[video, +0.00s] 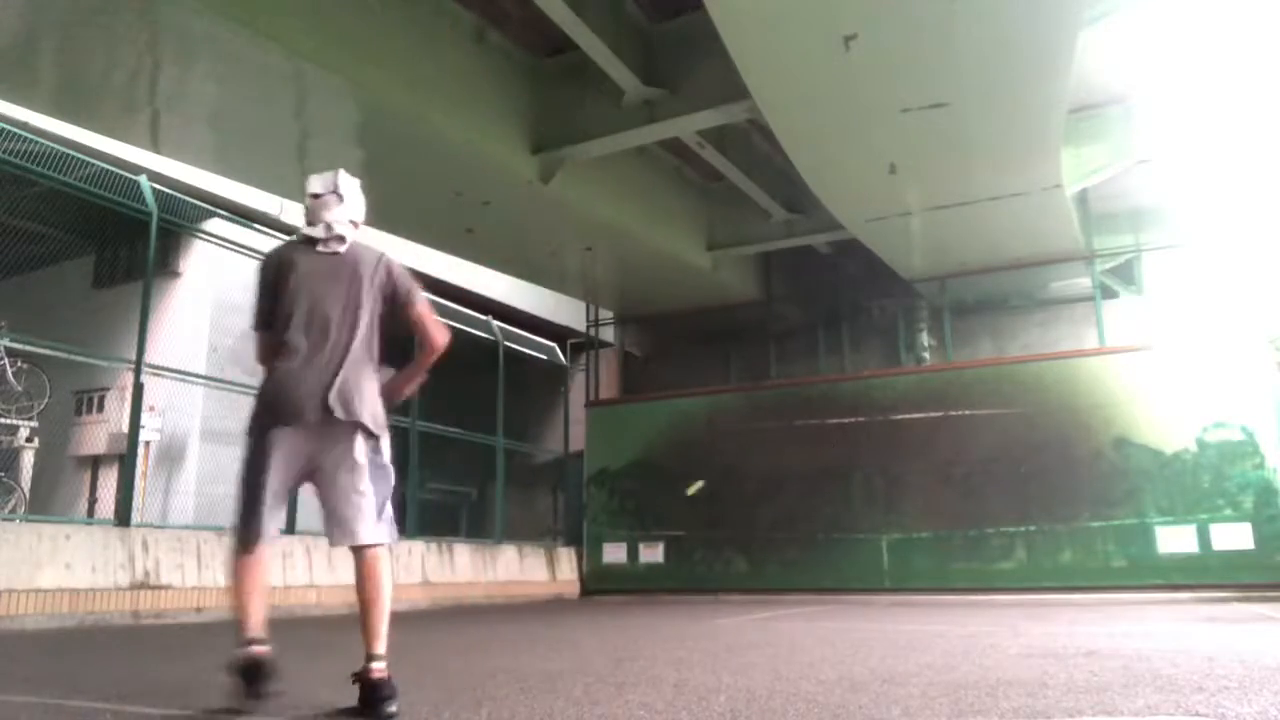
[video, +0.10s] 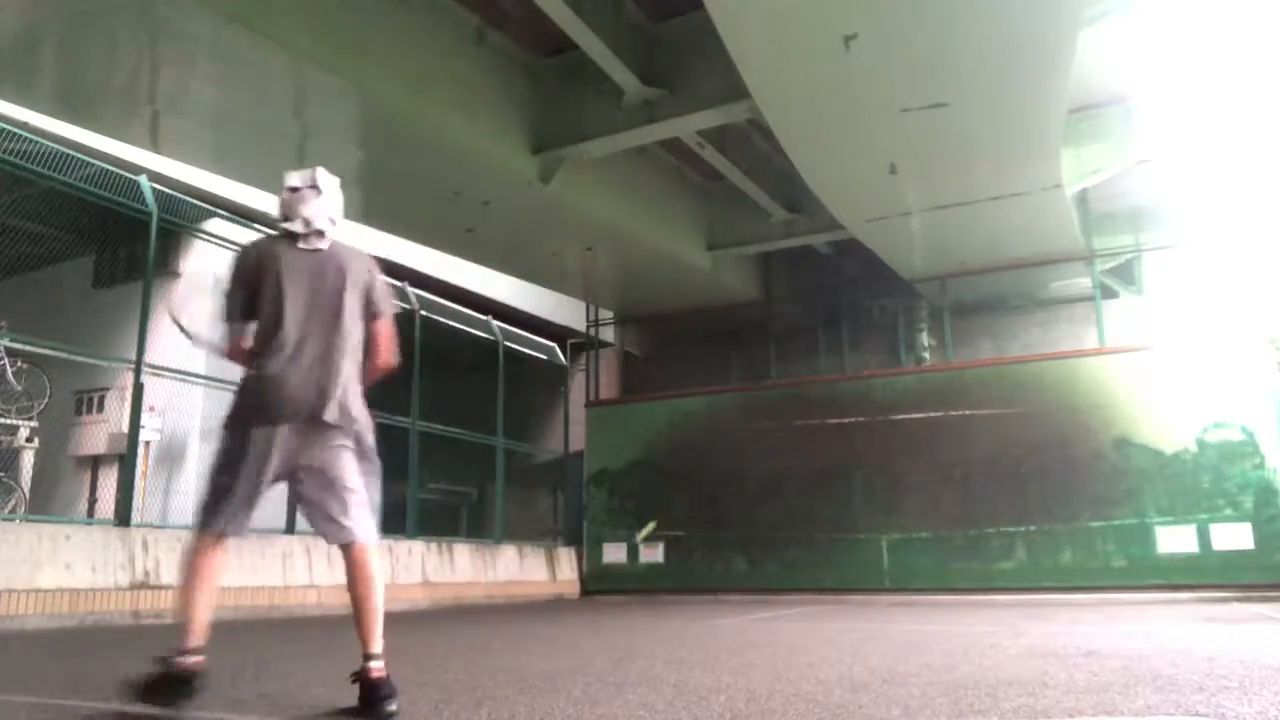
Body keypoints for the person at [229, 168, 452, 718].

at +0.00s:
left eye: (321, 211)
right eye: (345, 212)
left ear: (308, 215)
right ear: (358, 216)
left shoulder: (280, 262)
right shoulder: (383, 266)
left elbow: (267, 350)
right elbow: (435, 338)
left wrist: (302, 357)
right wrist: (400, 385)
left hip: (283, 416)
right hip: (355, 417)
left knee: (253, 538)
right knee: (370, 543)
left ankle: (254, 646)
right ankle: (376, 673)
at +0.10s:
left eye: (295, 211)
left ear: (283, 212)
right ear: (335, 213)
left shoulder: (257, 256)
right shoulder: (362, 264)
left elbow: (234, 344)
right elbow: (386, 357)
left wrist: (272, 366)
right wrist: (340, 382)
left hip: (266, 416)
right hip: (338, 418)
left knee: (213, 535)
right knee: (359, 543)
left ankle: (187, 661)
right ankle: (375, 676)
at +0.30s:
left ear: (224, 206)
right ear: (273, 214)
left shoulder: (199, 244)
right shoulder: (292, 267)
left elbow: (143, 321)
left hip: (200, 410)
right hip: (270, 418)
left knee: (143, 535)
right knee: (281, 539)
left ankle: (142, 674)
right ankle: (338, 640)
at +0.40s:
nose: (182, 203)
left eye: (188, 195)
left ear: (195, 198)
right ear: (241, 208)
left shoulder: (181, 230)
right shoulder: (256, 259)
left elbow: (99, 307)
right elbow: (199, 341)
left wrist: (106, 274)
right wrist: (123, 328)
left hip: (185, 403)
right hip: (241, 412)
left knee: (137, 530)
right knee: (206, 528)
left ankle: (142, 675)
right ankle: (257, 619)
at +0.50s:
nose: (156, 193)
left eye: (161, 188)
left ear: (166, 194)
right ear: (210, 204)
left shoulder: (156, 225)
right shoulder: (220, 253)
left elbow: (69, 282)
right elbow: (151, 332)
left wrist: (70, 247)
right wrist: (74, 298)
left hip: (166, 396)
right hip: (215, 399)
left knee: (139, 528)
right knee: (159, 526)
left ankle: (141, 675)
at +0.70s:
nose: (88, 231)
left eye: (91, 222)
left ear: (106, 217)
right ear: (147, 219)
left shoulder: (123, 240)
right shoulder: (149, 268)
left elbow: (53, 266)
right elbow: (58, 322)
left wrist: (41, 212)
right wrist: (16, 278)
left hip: (140, 416)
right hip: (161, 415)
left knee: (102, 544)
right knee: (96, 545)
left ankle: (144, 674)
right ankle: (36, 644)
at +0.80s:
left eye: (65, 249)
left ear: (78, 247)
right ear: (108, 248)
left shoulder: (97, 269)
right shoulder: (108, 286)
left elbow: (79, 316)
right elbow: (51, 341)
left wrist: (36, 255)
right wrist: (13, 347)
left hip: (122, 434)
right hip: (129, 434)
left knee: (75, 561)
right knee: (66, 558)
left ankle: (141, 674)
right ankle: (12, 652)